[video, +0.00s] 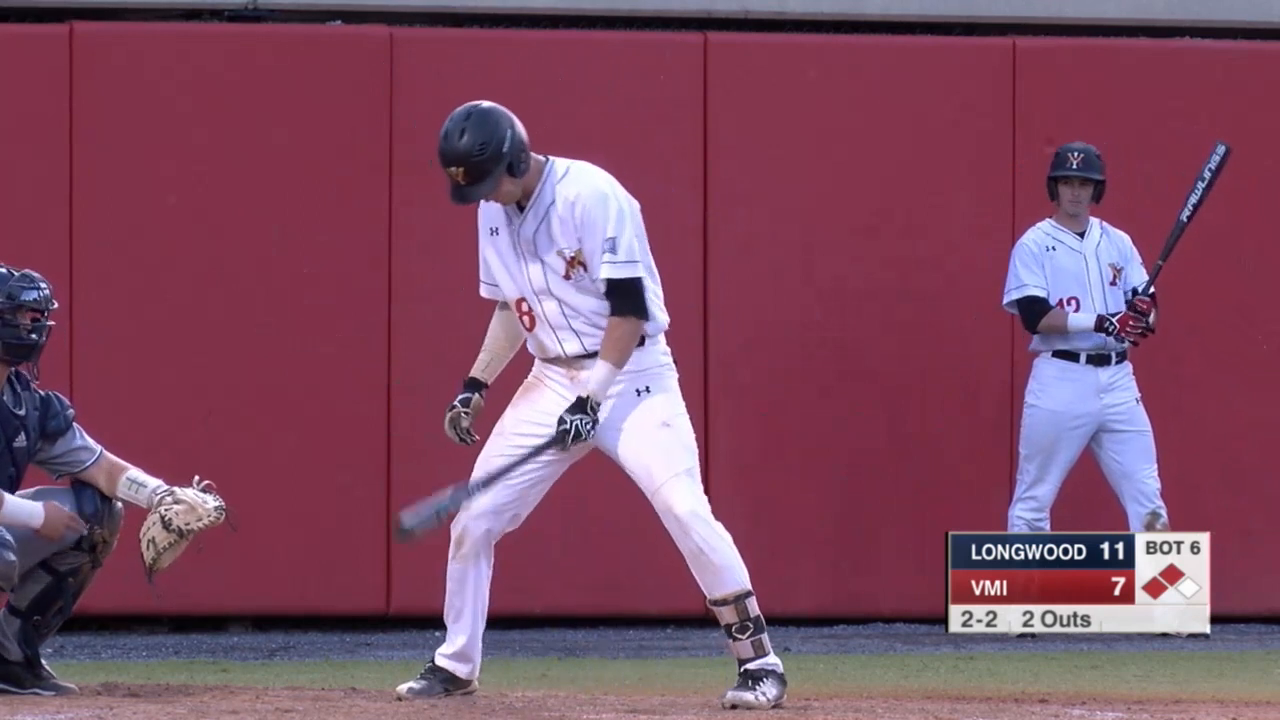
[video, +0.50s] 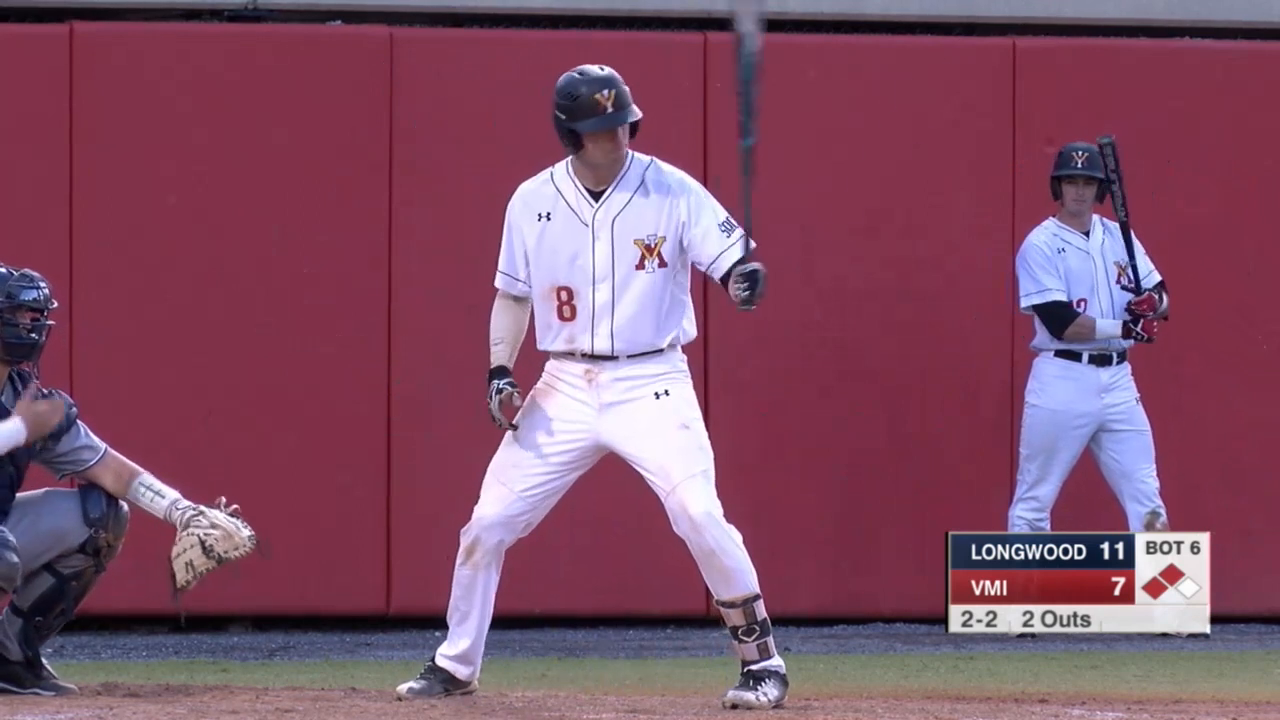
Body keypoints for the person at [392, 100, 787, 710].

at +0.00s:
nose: (485, 199)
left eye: (488, 186)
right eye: (477, 191)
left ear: (515, 162)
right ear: (476, 172)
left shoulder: (594, 193)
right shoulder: (492, 207)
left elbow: (629, 309)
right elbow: (510, 308)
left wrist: (589, 396)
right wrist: (473, 389)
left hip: (632, 378)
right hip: (552, 381)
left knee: (681, 505)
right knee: (474, 519)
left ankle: (759, 664)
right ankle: (455, 665)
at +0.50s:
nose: (623, 138)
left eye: (624, 125)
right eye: (609, 130)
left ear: (628, 118)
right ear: (574, 132)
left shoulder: (672, 189)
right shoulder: (532, 200)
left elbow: (726, 252)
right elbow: (512, 295)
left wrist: (743, 277)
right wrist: (500, 372)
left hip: (653, 383)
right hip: (562, 386)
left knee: (698, 513)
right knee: (486, 525)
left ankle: (761, 664)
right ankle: (454, 665)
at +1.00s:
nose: (628, 124)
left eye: (631, 112)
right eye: (613, 116)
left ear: (637, 114)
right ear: (577, 123)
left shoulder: (669, 197)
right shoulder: (535, 194)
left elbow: (680, 312)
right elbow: (520, 291)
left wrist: (643, 387)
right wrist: (520, 369)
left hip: (652, 380)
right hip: (561, 383)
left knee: (697, 513)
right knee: (483, 523)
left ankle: (762, 663)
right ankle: (455, 665)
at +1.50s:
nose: (577, 134)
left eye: (582, 122)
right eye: (562, 126)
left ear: (591, 122)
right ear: (530, 133)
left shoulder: (622, 192)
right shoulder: (510, 193)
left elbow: (576, 304)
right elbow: (511, 271)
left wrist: (486, 310)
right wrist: (472, 291)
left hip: (630, 382)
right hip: (550, 382)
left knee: (681, 510)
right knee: (470, 520)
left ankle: (759, 664)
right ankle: (454, 665)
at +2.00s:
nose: (605, 144)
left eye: (609, 132)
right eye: (589, 136)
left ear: (617, 133)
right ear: (557, 145)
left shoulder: (658, 204)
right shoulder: (526, 225)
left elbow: (683, 319)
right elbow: (532, 337)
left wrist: (631, 400)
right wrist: (575, 406)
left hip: (658, 397)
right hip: (570, 403)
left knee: (697, 516)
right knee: (483, 526)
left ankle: (762, 666)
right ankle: (454, 666)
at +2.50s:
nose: (598, 151)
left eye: (603, 139)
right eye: (582, 141)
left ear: (611, 141)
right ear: (550, 147)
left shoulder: (638, 215)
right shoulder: (511, 218)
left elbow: (630, 333)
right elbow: (491, 302)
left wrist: (543, 378)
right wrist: (489, 360)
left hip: (636, 405)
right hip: (547, 408)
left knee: (686, 518)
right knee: (465, 524)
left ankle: (761, 665)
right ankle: (453, 665)